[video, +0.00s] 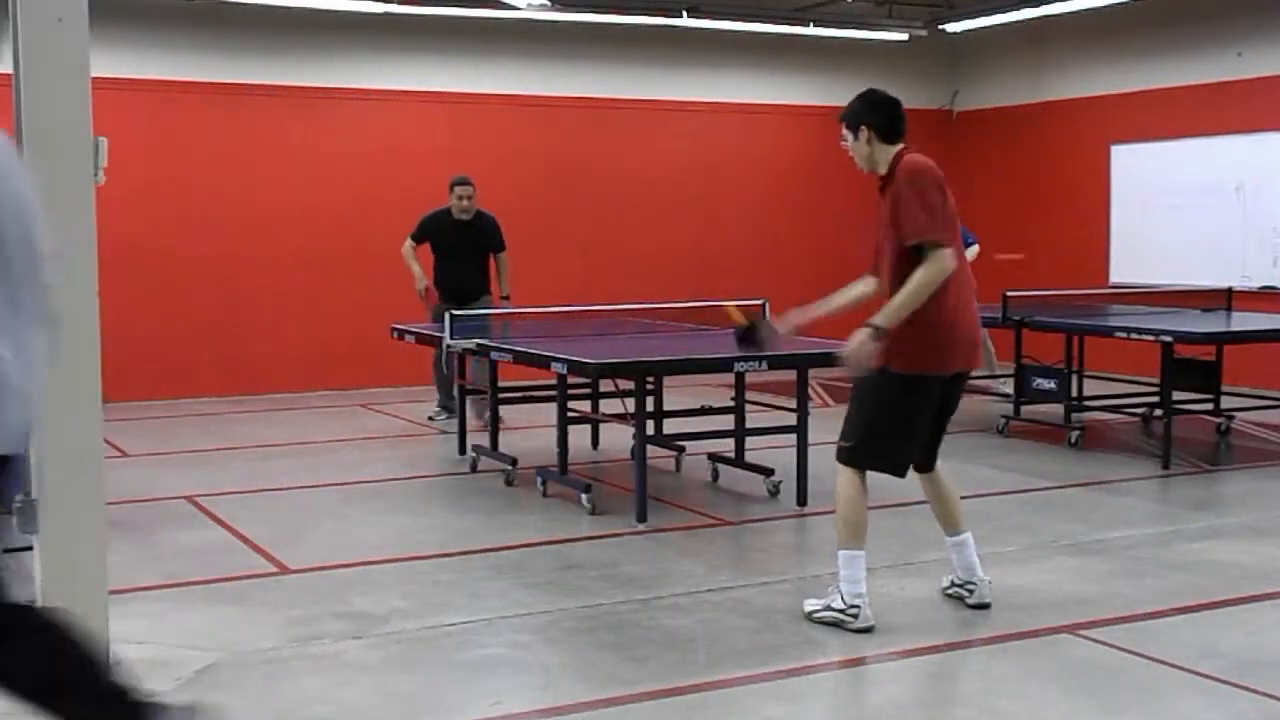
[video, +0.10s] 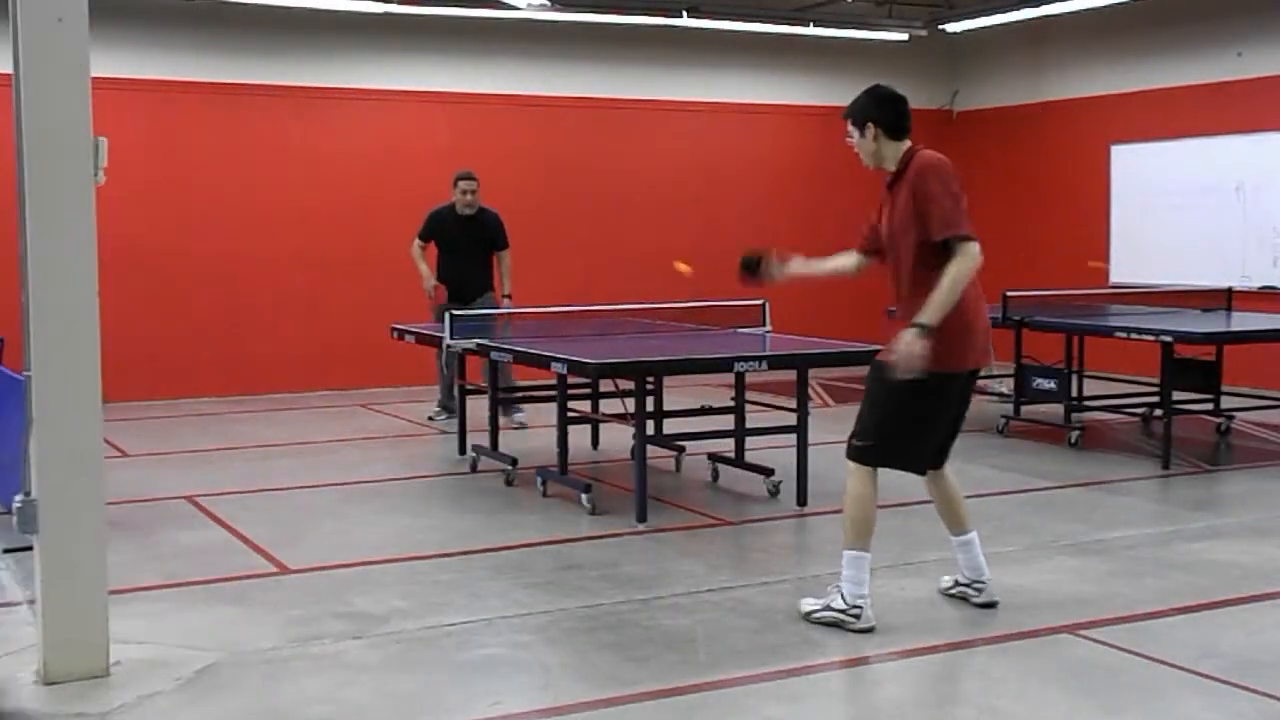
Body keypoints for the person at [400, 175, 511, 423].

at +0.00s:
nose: (465, 204)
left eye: (469, 198)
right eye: (460, 198)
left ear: (476, 198)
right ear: (450, 199)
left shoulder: (487, 223)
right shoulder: (435, 221)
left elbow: (500, 256)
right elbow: (407, 247)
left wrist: (504, 291)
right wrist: (418, 276)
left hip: (479, 302)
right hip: (445, 303)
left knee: (482, 356)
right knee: (443, 355)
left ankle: (483, 405)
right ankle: (446, 404)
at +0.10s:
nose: (469, 197)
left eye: (473, 192)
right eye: (464, 192)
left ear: (479, 194)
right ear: (454, 193)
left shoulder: (491, 220)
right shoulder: (438, 218)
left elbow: (503, 255)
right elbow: (417, 246)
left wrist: (506, 291)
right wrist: (426, 275)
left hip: (483, 299)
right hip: (449, 300)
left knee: (497, 354)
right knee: (447, 355)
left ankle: (510, 406)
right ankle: (447, 405)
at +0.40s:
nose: (491, 206)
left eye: (496, 200)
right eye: (486, 200)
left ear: (501, 201)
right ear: (476, 200)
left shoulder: (510, 225)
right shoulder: (459, 224)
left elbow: (525, 257)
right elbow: (436, 251)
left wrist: (531, 288)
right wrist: (454, 277)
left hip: (500, 303)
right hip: (463, 304)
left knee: (518, 353)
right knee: (452, 352)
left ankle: (532, 406)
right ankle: (448, 403)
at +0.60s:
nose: (510, 226)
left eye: (514, 221)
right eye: (504, 220)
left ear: (519, 221)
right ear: (493, 220)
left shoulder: (520, 241)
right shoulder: (477, 243)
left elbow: (530, 268)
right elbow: (449, 276)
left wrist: (548, 296)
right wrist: (483, 294)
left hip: (502, 313)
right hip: (467, 313)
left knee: (519, 353)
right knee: (459, 354)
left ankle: (527, 408)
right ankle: (446, 402)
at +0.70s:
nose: (521, 233)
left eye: (525, 227)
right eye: (515, 227)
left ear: (529, 226)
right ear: (503, 226)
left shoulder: (527, 242)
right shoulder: (490, 244)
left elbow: (528, 264)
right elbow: (466, 281)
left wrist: (539, 286)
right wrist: (505, 291)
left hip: (500, 308)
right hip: (467, 308)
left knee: (519, 352)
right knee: (460, 354)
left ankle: (527, 408)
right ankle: (444, 401)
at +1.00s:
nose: (521, 247)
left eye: (525, 242)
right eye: (516, 241)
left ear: (530, 239)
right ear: (504, 236)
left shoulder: (524, 251)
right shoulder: (490, 249)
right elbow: (489, 274)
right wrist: (529, 285)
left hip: (497, 308)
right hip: (463, 307)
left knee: (518, 353)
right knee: (450, 354)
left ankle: (528, 410)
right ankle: (405, 408)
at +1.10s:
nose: (512, 241)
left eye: (516, 236)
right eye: (507, 235)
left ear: (521, 234)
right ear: (494, 231)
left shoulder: (513, 250)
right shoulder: (479, 248)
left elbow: (494, 277)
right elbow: (469, 287)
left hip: (484, 309)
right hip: (452, 309)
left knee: (510, 353)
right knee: (436, 355)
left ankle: (528, 410)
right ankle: (401, 414)